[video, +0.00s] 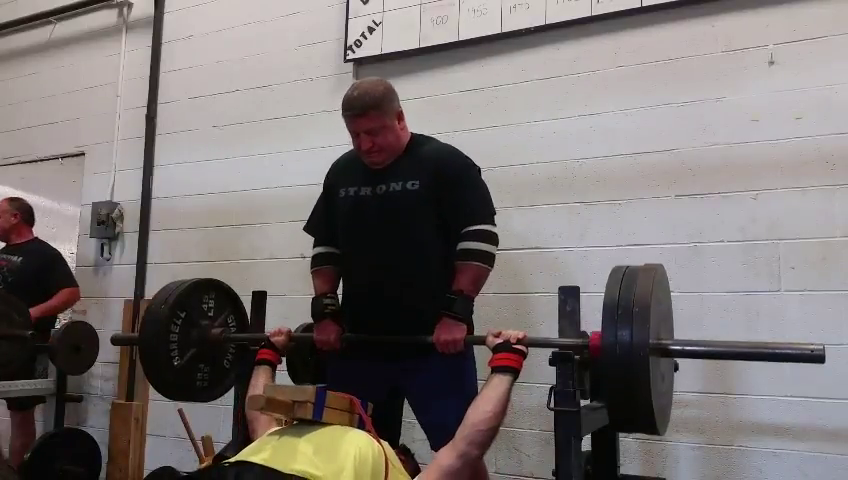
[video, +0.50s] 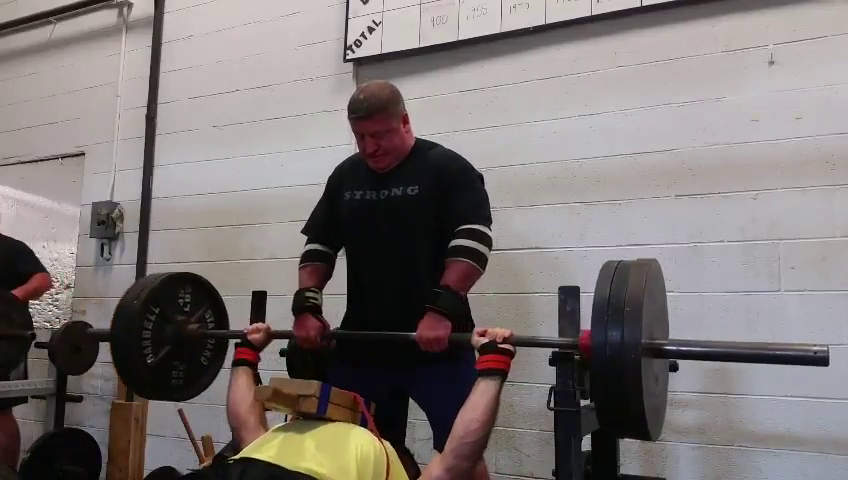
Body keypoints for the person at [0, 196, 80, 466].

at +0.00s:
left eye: (2, 216)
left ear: (16, 219)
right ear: (17, 219)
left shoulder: (45, 253)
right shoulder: (5, 252)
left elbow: (72, 292)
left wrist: (32, 313)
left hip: (26, 344)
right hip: (5, 341)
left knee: (20, 412)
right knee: (18, 411)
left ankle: (15, 470)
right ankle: (14, 469)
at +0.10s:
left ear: (9, 217)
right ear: (12, 218)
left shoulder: (39, 252)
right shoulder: (4, 251)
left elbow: (66, 291)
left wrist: (27, 311)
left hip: (23, 344)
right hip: (6, 342)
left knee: (19, 414)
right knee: (17, 413)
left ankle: (15, 472)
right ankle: (14, 471)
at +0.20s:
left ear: (5, 216)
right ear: (8, 216)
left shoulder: (29, 249)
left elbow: (61, 286)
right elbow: (60, 286)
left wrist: (20, 309)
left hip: (20, 343)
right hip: (7, 342)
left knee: (16, 413)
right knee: (15, 413)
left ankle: (14, 473)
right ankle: (13, 472)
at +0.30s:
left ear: (5, 218)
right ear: (10, 219)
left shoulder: (22, 248)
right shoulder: (21, 248)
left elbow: (55, 282)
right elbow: (54, 282)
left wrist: (18, 305)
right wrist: (19, 305)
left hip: (14, 344)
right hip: (11, 345)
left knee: (12, 413)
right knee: (12, 413)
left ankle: (13, 471)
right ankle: (12, 470)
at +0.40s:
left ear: (3, 222)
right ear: (6, 222)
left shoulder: (16, 247)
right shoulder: (17, 247)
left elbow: (48, 281)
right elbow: (48, 281)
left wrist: (16, 299)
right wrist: (17, 300)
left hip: (10, 342)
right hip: (10, 342)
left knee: (8, 410)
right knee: (8, 410)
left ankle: (12, 471)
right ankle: (11, 470)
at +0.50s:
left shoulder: (11, 247)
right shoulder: (12, 247)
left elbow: (43, 280)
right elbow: (42, 280)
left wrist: (13, 297)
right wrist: (15, 297)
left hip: (10, 341)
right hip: (9, 342)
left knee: (4, 411)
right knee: (4, 411)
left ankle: (9, 471)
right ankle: (9, 471)